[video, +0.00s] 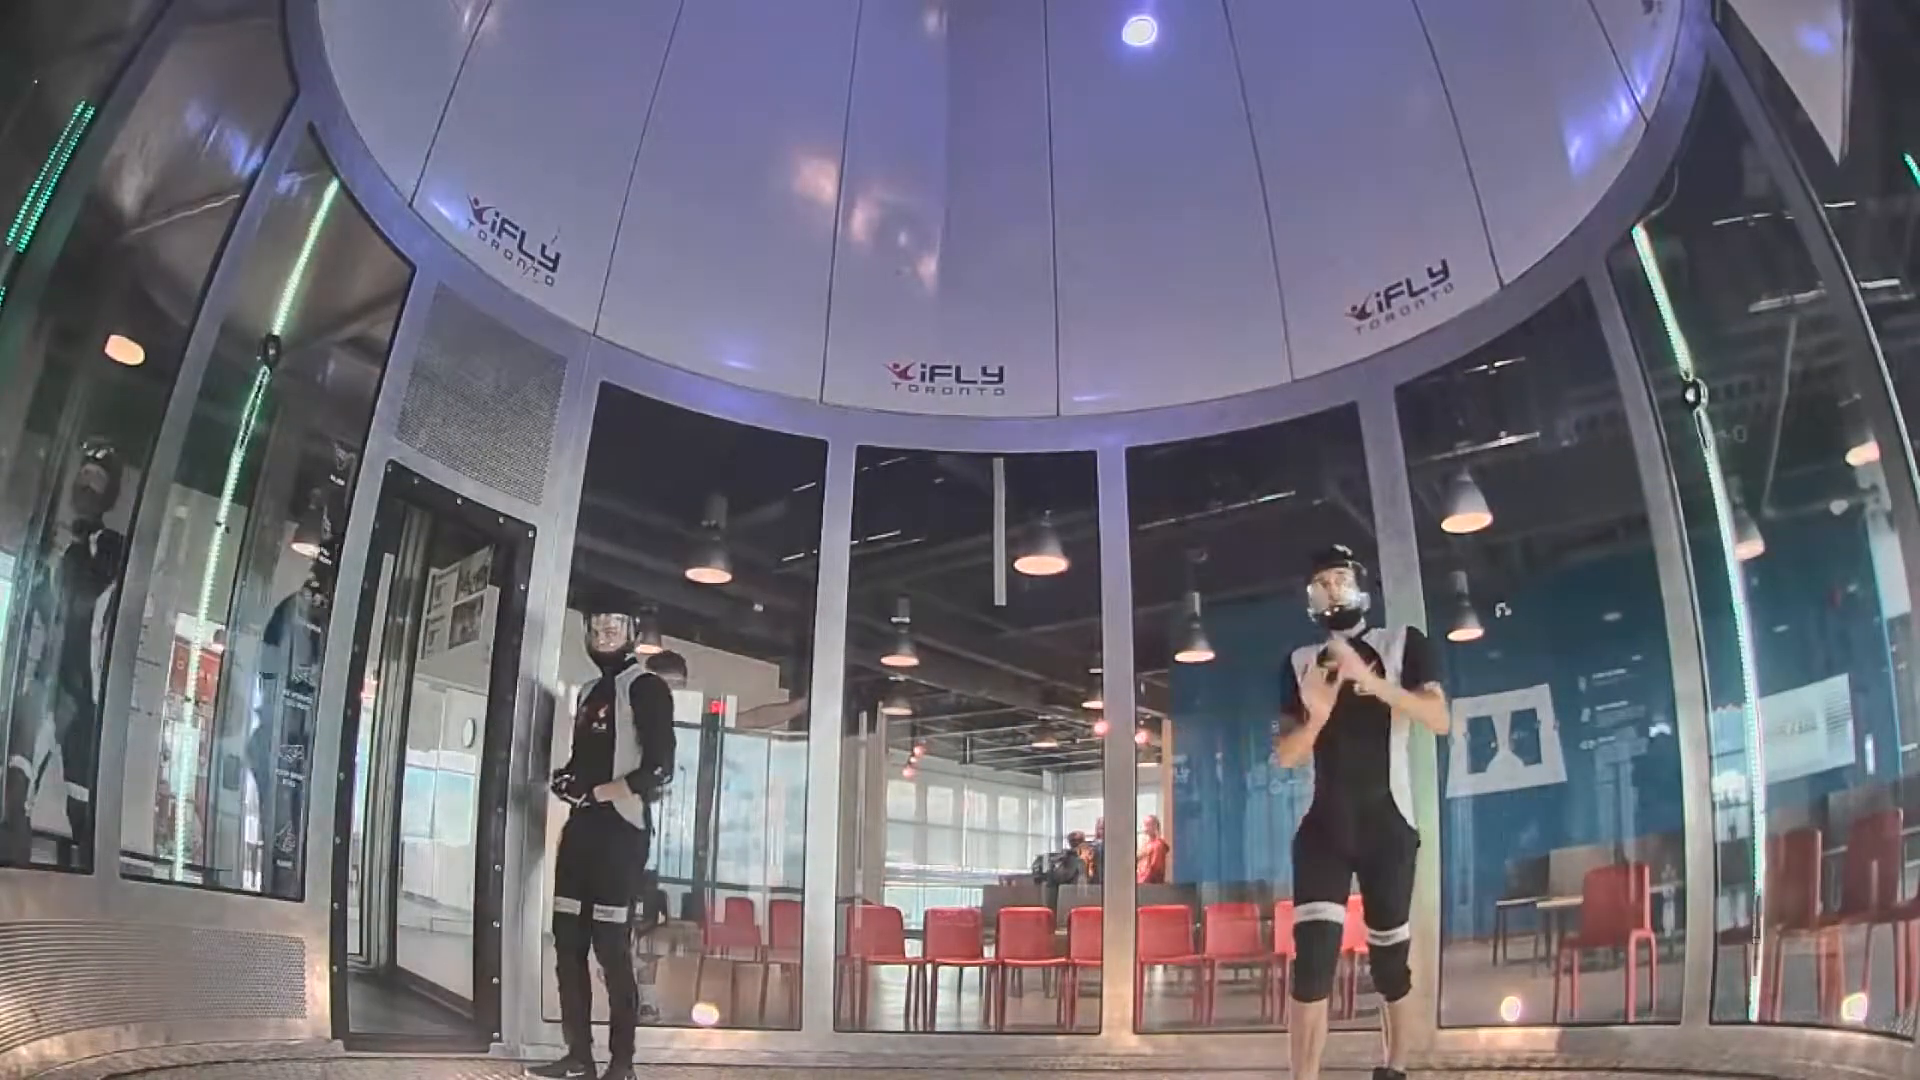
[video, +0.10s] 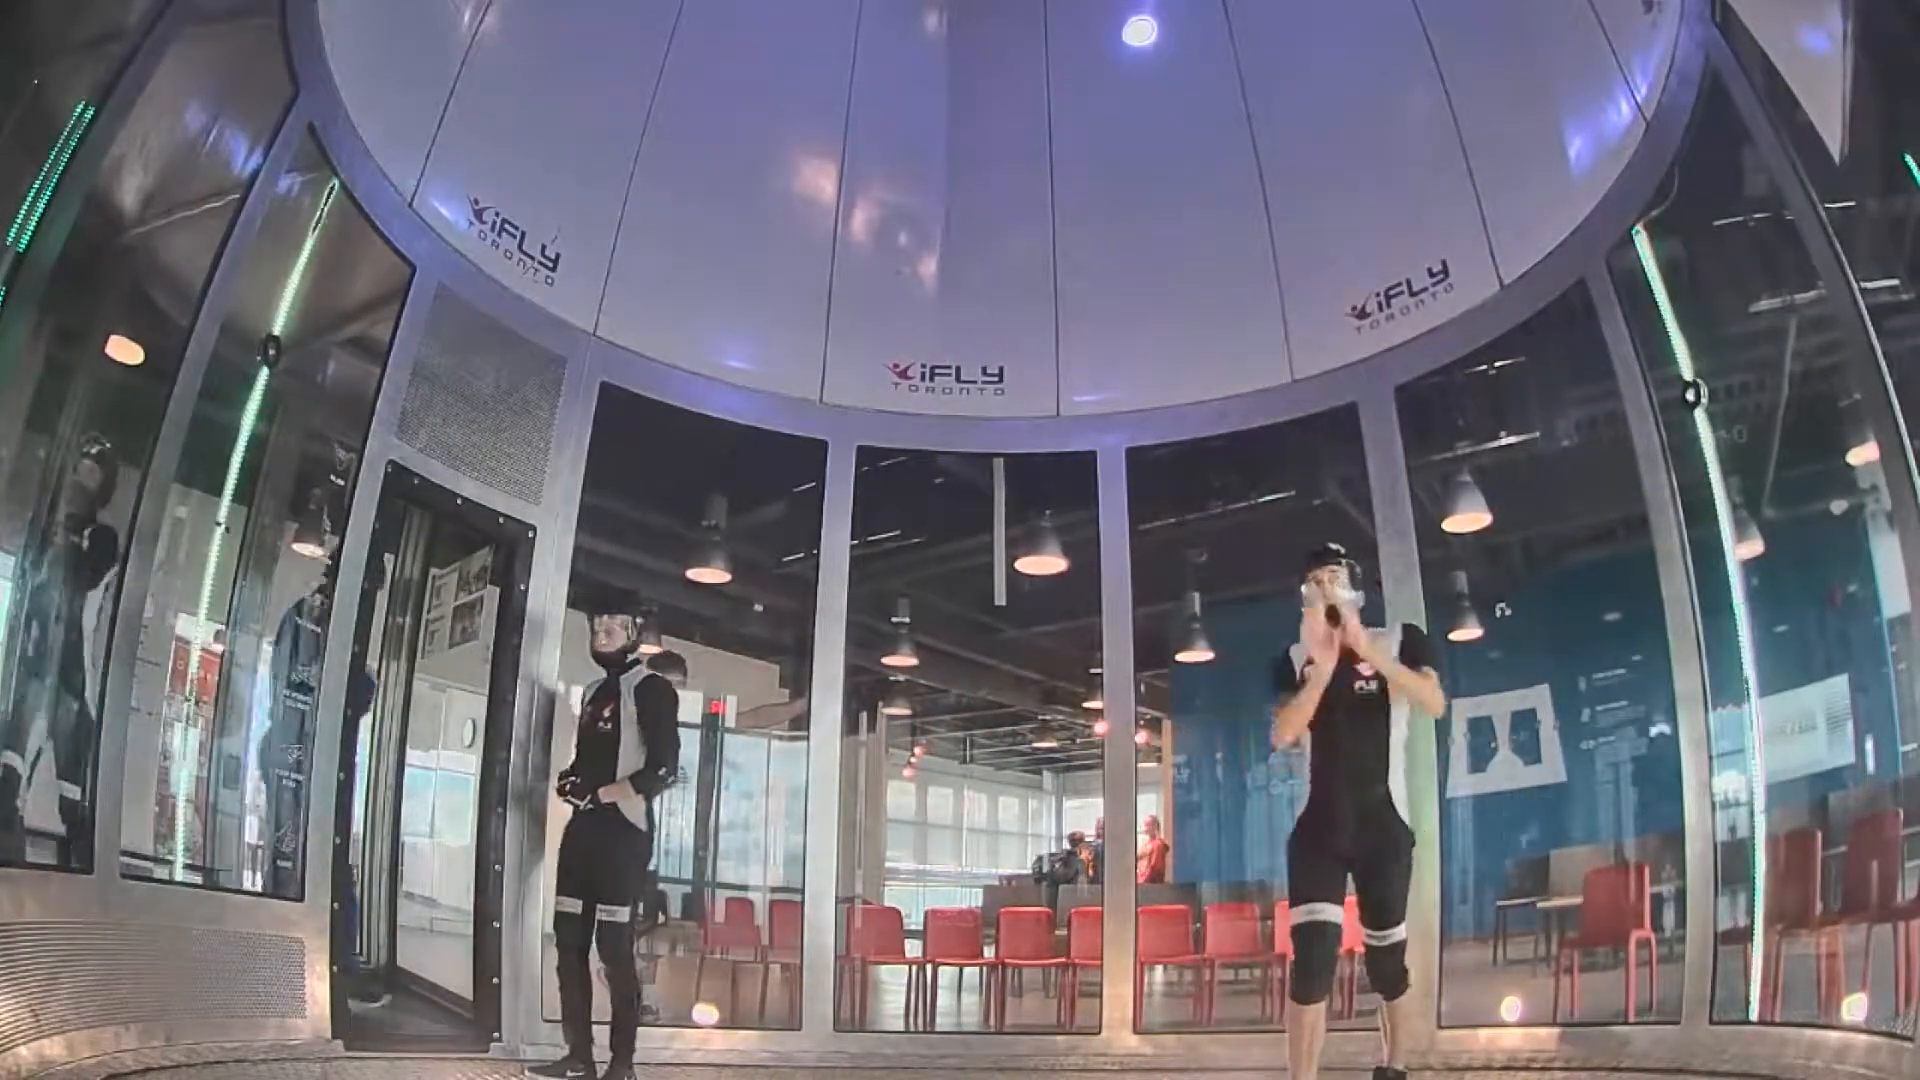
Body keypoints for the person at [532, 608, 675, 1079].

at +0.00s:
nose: (605, 633)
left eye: (614, 626)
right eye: (598, 627)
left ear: (631, 632)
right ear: (590, 634)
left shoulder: (646, 686)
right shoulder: (590, 691)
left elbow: (661, 767)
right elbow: (584, 759)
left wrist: (599, 790)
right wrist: (568, 778)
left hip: (622, 827)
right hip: (581, 822)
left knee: (611, 943)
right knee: (568, 942)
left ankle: (621, 1061)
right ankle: (579, 1056)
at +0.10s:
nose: (603, 638)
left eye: (613, 630)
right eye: (598, 630)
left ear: (634, 635)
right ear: (591, 638)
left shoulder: (651, 687)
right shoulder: (595, 692)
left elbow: (665, 767)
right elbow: (586, 760)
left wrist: (603, 792)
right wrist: (570, 780)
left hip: (624, 826)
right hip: (583, 822)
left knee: (614, 946)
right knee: (570, 944)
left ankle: (622, 1062)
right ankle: (579, 1059)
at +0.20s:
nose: (603, 634)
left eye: (612, 626)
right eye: (599, 627)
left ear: (636, 626)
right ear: (596, 630)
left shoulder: (657, 681)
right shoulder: (600, 689)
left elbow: (670, 763)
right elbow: (588, 756)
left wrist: (608, 793)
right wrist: (572, 782)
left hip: (626, 825)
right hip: (585, 820)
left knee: (616, 947)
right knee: (570, 943)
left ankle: (622, 1063)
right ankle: (579, 1053)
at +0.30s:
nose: (603, 634)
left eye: (612, 626)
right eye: (599, 626)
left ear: (639, 627)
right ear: (598, 631)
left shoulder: (656, 682)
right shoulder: (605, 689)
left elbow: (669, 763)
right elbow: (594, 755)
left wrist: (611, 792)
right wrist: (573, 779)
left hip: (627, 825)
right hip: (587, 819)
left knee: (617, 946)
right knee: (571, 940)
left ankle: (620, 1062)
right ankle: (578, 1055)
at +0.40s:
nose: (611, 634)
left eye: (621, 626)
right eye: (607, 626)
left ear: (643, 633)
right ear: (601, 633)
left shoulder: (656, 688)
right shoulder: (601, 694)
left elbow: (669, 766)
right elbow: (595, 760)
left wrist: (608, 788)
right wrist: (574, 778)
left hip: (625, 824)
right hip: (586, 819)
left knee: (616, 945)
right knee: (569, 939)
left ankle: (621, 1062)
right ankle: (578, 1056)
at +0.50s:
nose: (615, 636)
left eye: (625, 628)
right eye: (608, 629)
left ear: (645, 635)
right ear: (600, 636)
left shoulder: (655, 686)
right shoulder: (600, 694)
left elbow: (666, 766)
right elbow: (596, 763)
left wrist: (603, 788)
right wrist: (573, 778)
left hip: (623, 826)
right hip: (584, 820)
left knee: (615, 948)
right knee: (568, 946)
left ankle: (620, 1061)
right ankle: (578, 1056)